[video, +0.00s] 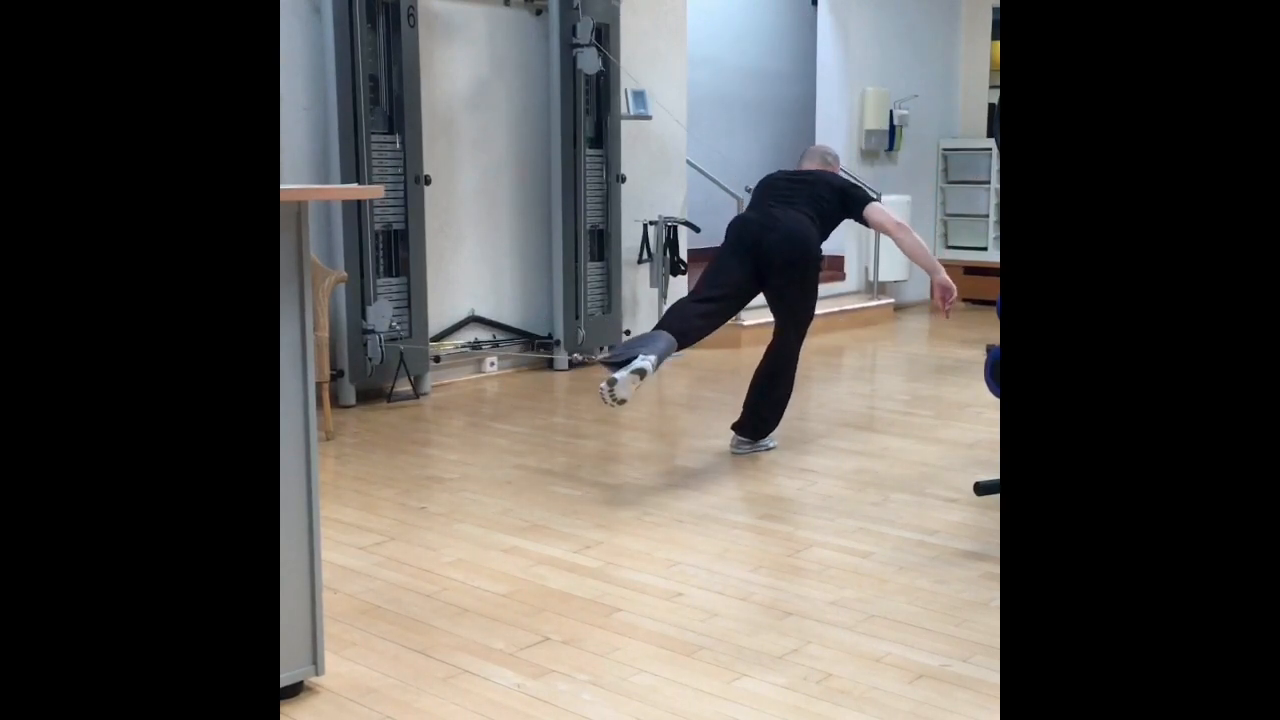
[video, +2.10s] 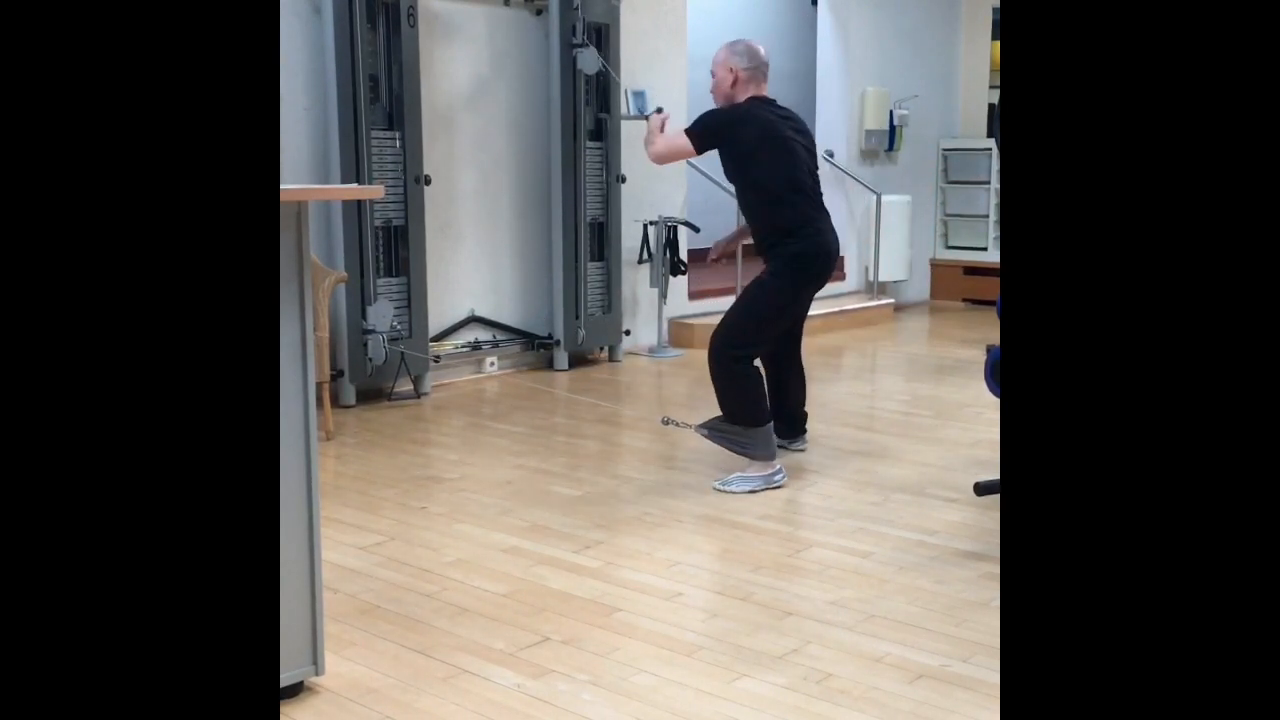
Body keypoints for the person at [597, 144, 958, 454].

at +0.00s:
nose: (840, 177)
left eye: (833, 172)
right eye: (839, 171)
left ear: (801, 165)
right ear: (835, 168)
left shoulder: (774, 179)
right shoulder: (841, 181)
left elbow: (746, 218)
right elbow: (893, 225)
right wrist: (939, 273)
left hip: (746, 233)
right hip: (796, 244)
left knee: (708, 301)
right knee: (788, 338)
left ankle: (647, 357)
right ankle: (751, 432)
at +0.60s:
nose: (838, 160)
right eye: (840, 155)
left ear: (802, 145)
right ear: (838, 152)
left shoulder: (772, 160)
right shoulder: (843, 173)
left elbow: (749, 203)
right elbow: (894, 222)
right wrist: (924, 278)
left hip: (747, 235)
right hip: (800, 246)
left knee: (719, 319)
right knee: (787, 338)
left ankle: (684, 396)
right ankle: (750, 432)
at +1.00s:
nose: (842, 136)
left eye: (840, 133)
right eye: (843, 132)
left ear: (801, 119)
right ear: (838, 128)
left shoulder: (770, 139)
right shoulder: (845, 156)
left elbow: (754, 193)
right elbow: (894, 218)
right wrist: (906, 276)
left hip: (753, 240)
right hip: (806, 249)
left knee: (728, 331)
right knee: (788, 339)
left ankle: (738, 430)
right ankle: (759, 428)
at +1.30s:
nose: (835, 118)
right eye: (837, 114)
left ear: (793, 99)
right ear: (834, 112)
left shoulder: (762, 123)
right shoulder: (843, 147)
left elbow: (759, 178)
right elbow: (877, 222)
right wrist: (851, 272)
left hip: (755, 239)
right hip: (808, 249)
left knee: (722, 336)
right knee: (786, 342)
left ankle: (759, 436)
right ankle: (751, 435)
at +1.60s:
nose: (771, 91)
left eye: (771, 85)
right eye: (775, 86)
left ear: (775, 84)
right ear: (814, 93)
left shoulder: (749, 113)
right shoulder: (833, 139)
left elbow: (724, 155)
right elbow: (849, 220)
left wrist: (765, 144)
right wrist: (817, 248)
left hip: (759, 248)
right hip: (810, 257)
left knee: (712, 344)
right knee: (780, 349)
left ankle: (759, 449)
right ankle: (756, 438)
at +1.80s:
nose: (748, 91)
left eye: (749, 85)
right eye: (752, 86)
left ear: (756, 82)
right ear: (792, 85)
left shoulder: (736, 113)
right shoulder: (817, 129)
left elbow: (699, 152)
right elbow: (836, 213)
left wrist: (709, 138)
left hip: (773, 247)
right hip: (817, 250)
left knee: (713, 348)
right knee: (778, 345)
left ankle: (764, 457)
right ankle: (769, 444)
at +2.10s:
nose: (711, 83)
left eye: (715, 74)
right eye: (712, 74)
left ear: (736, 76)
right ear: (756, 78)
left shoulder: (732, 118)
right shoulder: (791, 120)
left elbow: (658, 152)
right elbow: (789, 197)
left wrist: (655, 127)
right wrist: (735, 239)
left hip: (794, 256)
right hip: (819, 251)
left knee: (728, 346)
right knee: (781, 344)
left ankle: (762, 463)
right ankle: (789, 430)